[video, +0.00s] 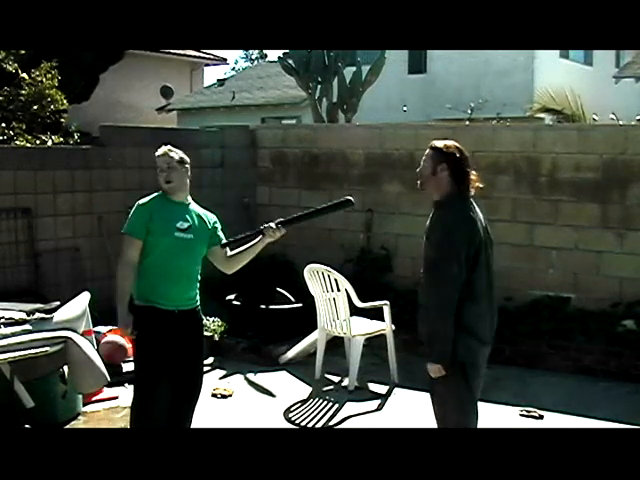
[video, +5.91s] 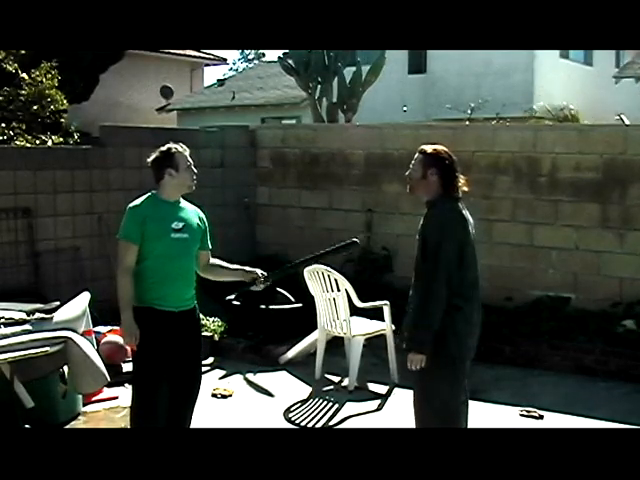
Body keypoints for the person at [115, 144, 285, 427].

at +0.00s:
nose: (165, 174)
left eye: (171, 168)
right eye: (160, 170)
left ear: (187, 172)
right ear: (156, 175)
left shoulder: (206, 220)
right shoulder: (146, 210)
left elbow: (228, 264)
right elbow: (128, 261)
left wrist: (263, 240)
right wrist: (123, 313)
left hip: (188, 318)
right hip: (151, 317)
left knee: (186, 395)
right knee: (151, 394)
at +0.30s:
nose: (159, 173)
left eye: (166, 168)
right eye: (157, 168)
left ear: (184, 173)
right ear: (154, 172)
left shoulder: (202, 219)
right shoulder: (139, 211)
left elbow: (215, 268)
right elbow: (124, 260)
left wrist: (244, 272)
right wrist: (140, 288)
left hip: (185, 317)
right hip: (146, 316)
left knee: (184, 390)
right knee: (148, 390)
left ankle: (177, 429)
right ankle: (145, 432)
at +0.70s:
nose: (180, 171)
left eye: (183, 166)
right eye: (172, 166)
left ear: (187, 171)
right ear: (156, 173)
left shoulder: (196, 218)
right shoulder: (135, 213)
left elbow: (203, 269)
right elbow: (120, 267)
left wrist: (231, 263)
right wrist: (105, 317)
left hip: (182, 319)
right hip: (143, 319)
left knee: (181, 399)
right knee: (145, 400)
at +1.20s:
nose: (189, 174)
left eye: (188, 168)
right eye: (183, 168)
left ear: (170, 174)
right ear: (163, 172)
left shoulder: (190, 216)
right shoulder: (130, 211)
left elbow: (206, 266)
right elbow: (116, 267)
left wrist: (238, 295)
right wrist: (122, 320)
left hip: (180, 320)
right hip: (142, 320)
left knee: (180, 400)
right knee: (143, 402)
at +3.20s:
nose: (205, 174)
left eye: (203, 168)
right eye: (199, 168)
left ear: (185, 175)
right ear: (180, 174)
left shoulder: (205, 219)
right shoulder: (146, 213)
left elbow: (216, 267)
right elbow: (131, 268)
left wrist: (251, 276)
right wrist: (129, 320)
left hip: (192, 320)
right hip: (156, 318)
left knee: (186, 398)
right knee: (153, 399)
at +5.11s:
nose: (195, 172)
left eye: (194, 166)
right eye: (188, 167)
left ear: (176, 174)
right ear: (169, 173)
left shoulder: (194, 219)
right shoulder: (138, 210)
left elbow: (209, 267)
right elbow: (122, 266)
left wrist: (245, 249)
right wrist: (120, 316)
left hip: (184, 319)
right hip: (148, 318)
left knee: (184, 393)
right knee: (149, 395)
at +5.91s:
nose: (195, 172)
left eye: (193, 166)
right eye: (189, 167)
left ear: (175, 173)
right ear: (169, 173)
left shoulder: (196, 216)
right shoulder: (139, 212)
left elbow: (204, 266)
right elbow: (125, 269)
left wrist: (246, 273)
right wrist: (127, 319)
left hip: (187, 318)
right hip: (151, 318)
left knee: (185, 391)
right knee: (151, 394)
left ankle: (177, 429)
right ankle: (147, 432)